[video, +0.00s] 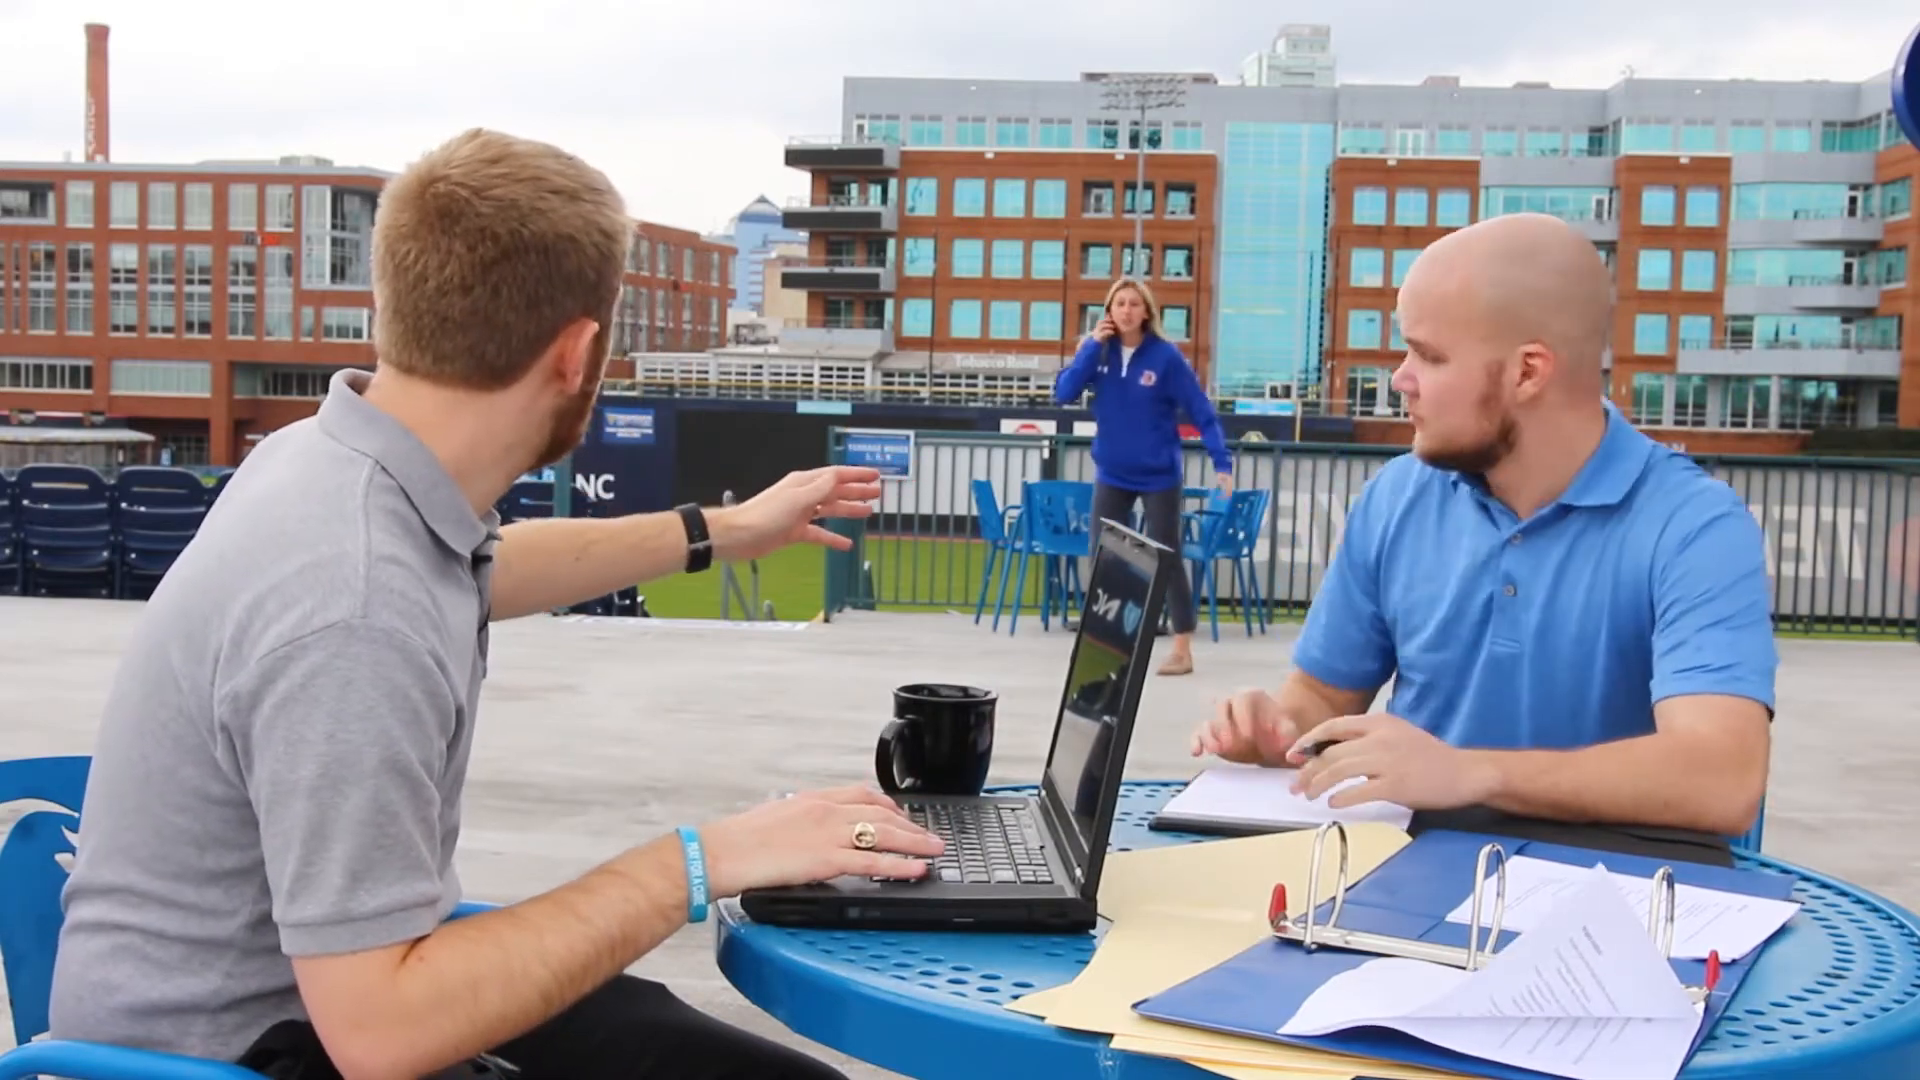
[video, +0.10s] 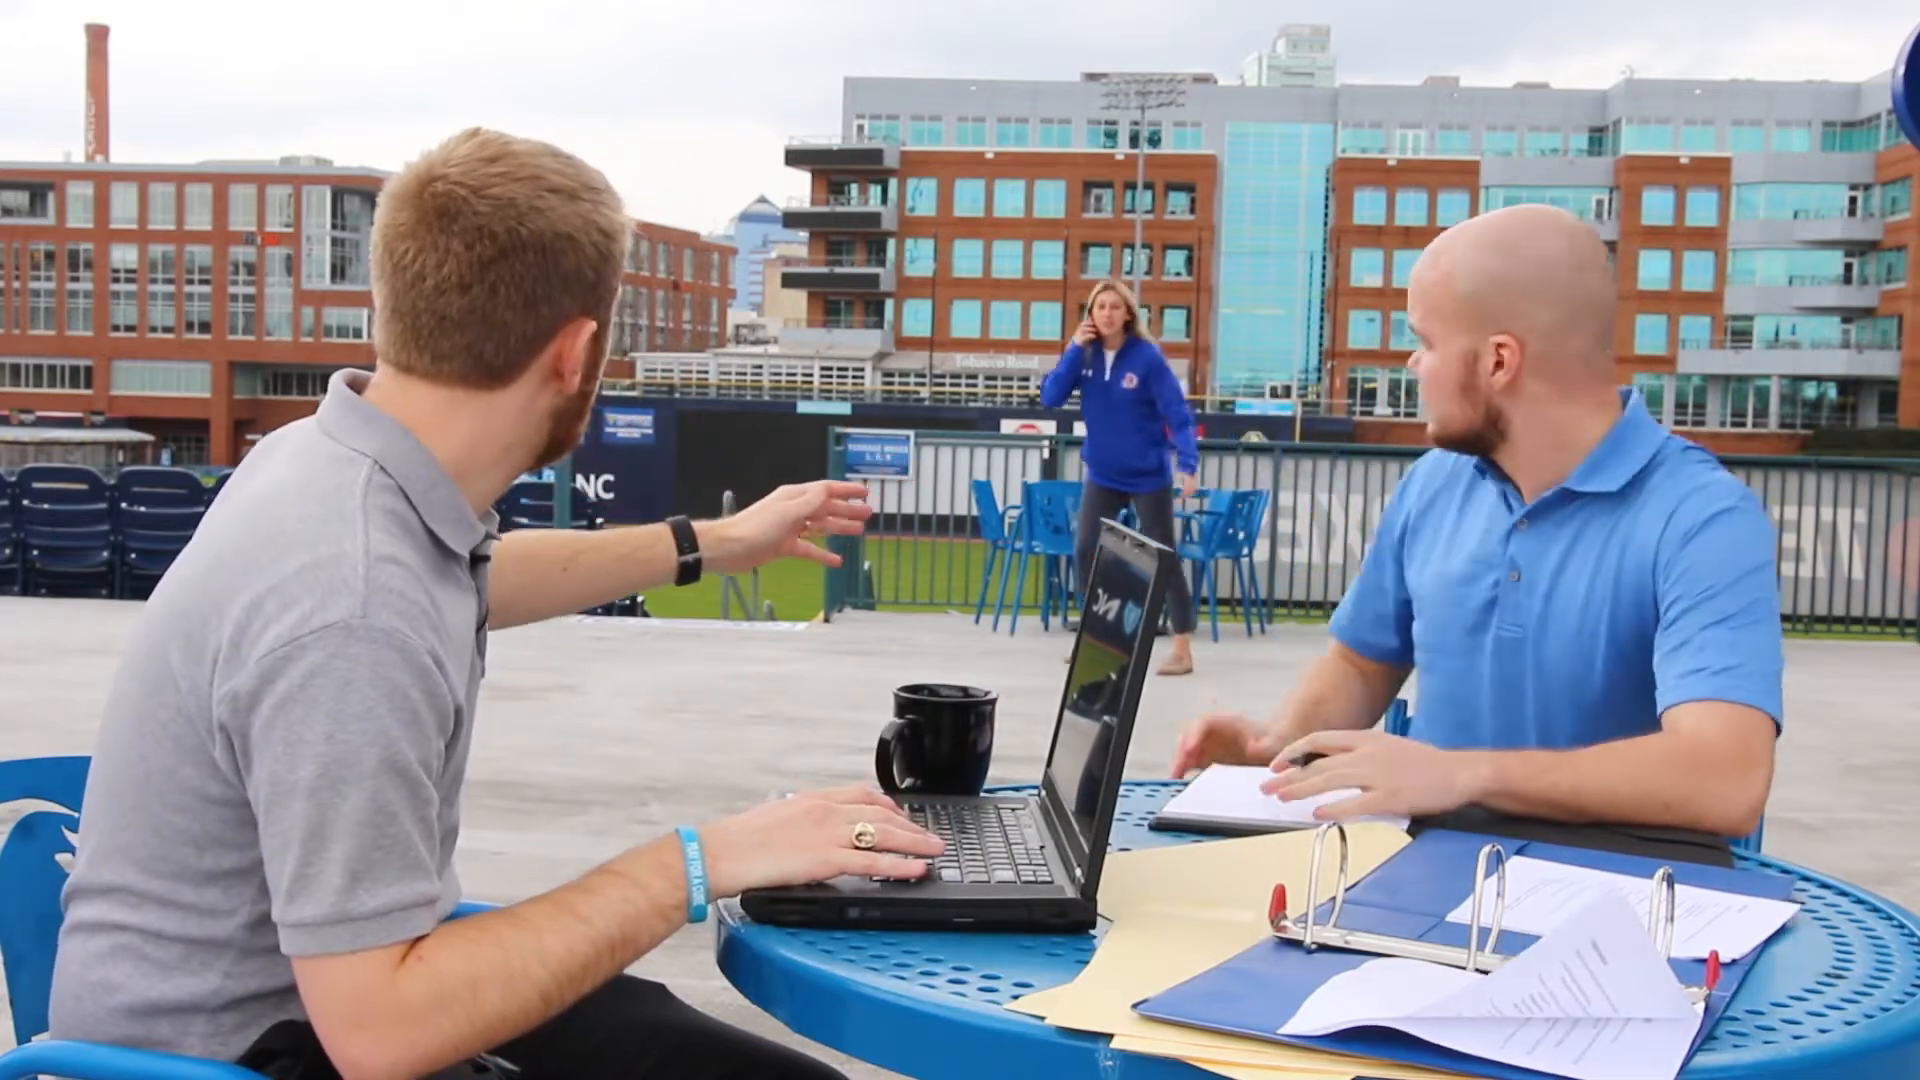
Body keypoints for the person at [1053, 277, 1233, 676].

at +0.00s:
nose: (1126, 311)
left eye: (1134, 305)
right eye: (1120, 304)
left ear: (1147, 311)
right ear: (1110, 310)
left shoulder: (1165, 356)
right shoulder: (1098, 351)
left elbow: (1201, 411)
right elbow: (1063, 394)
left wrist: (1223, 464)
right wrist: (1092, 345)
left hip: (1159, 475)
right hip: (1112, 473)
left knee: (1167, 556)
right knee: (1102, 557)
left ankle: (1182, 648)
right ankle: (1104, 645)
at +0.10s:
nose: (1107, 314)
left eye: (1114, 307)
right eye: (1101, 307)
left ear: (1128, 313)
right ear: (1092, 313)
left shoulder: (1146, 355)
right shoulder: (1083, 353)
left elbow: (1177, 411)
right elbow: (1050, 398)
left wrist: (1188, 465)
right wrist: (1075, 348)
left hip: (1148, 476)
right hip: (1101, 474)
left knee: (1164, 557)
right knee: (1085, 551)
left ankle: (1182, 646)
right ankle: (1102, 637)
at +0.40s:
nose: (998, 328)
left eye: (1006, 321)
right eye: (994, 321)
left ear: (1024, 326)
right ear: (989, 327)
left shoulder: (1043, 367)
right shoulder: (994, 371)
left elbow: (1073, 425)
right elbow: (972, 418)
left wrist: (1052, 476)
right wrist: (978, 369)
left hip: (1074, 482)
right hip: (1035, 486)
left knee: (1098, 567)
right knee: (1019, 565)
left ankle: (1164, 634)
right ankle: (1078, 637)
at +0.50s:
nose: (942, 331)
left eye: (950, 323)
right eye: (939, 324)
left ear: (971, 328)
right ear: (938, 332)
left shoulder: (995, 369)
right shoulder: (948, 375)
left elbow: (1045, 413)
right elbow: (925, 421)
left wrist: (1063, 465)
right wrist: (931, 370)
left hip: (1028, 482)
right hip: (998, 487)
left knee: (1006, 569)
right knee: (1008, 570)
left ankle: (1076, 608)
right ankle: (1074, 633)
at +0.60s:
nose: (885, 320)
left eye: (891, 312)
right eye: (884, 313)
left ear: (915, 315)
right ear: (892, 319)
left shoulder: (945, 356)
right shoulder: (899, 363)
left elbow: (1003, 391)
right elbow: (877, 414)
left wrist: (1024, 437)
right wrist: (876, 367)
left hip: (970, 470)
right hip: (953, 472)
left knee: (916, 541)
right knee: (1000, 556)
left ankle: (966, 625)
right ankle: (1061, 625)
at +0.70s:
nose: (822, 314)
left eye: (828, 306)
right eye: (822, 306)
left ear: (853, 310)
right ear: (846, 313)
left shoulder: (883, 349)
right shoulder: (846, 356)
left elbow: (930, 399)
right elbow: (837, 406)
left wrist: (907, 453)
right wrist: (817, 366)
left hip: (908, 464)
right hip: (892, 465)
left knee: (865, 544)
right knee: (911, 559)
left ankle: (907, 634)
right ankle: (999, 589)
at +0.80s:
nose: (763, 325)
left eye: (768, 318)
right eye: (763, 318)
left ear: (791, 323)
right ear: (788, 325)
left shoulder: (812, 364)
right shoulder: (795, 362)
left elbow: (807, 428)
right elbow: (789, 398)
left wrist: (746, 440)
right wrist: (768, 365)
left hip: (854, 477)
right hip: (827, 476)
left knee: (848, 563)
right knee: (783, 545)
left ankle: (909, 638)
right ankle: (861, 582)